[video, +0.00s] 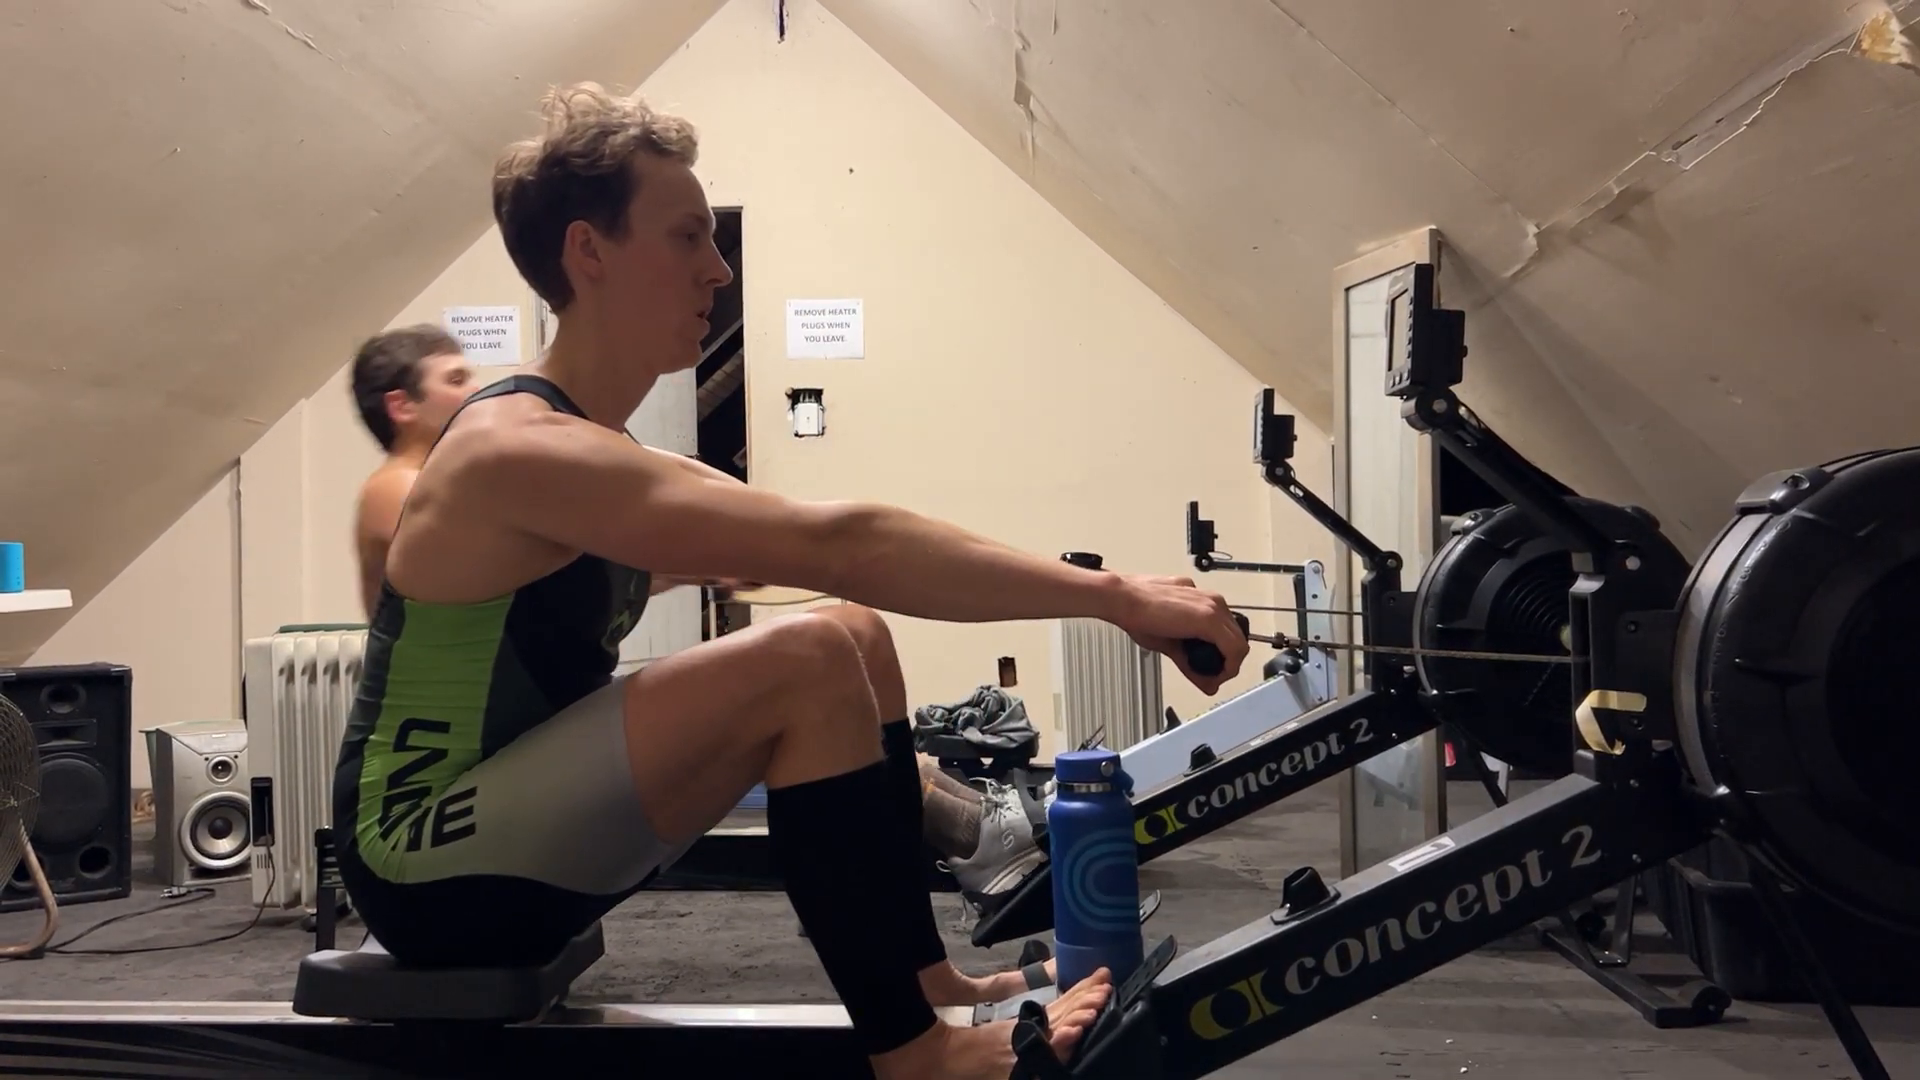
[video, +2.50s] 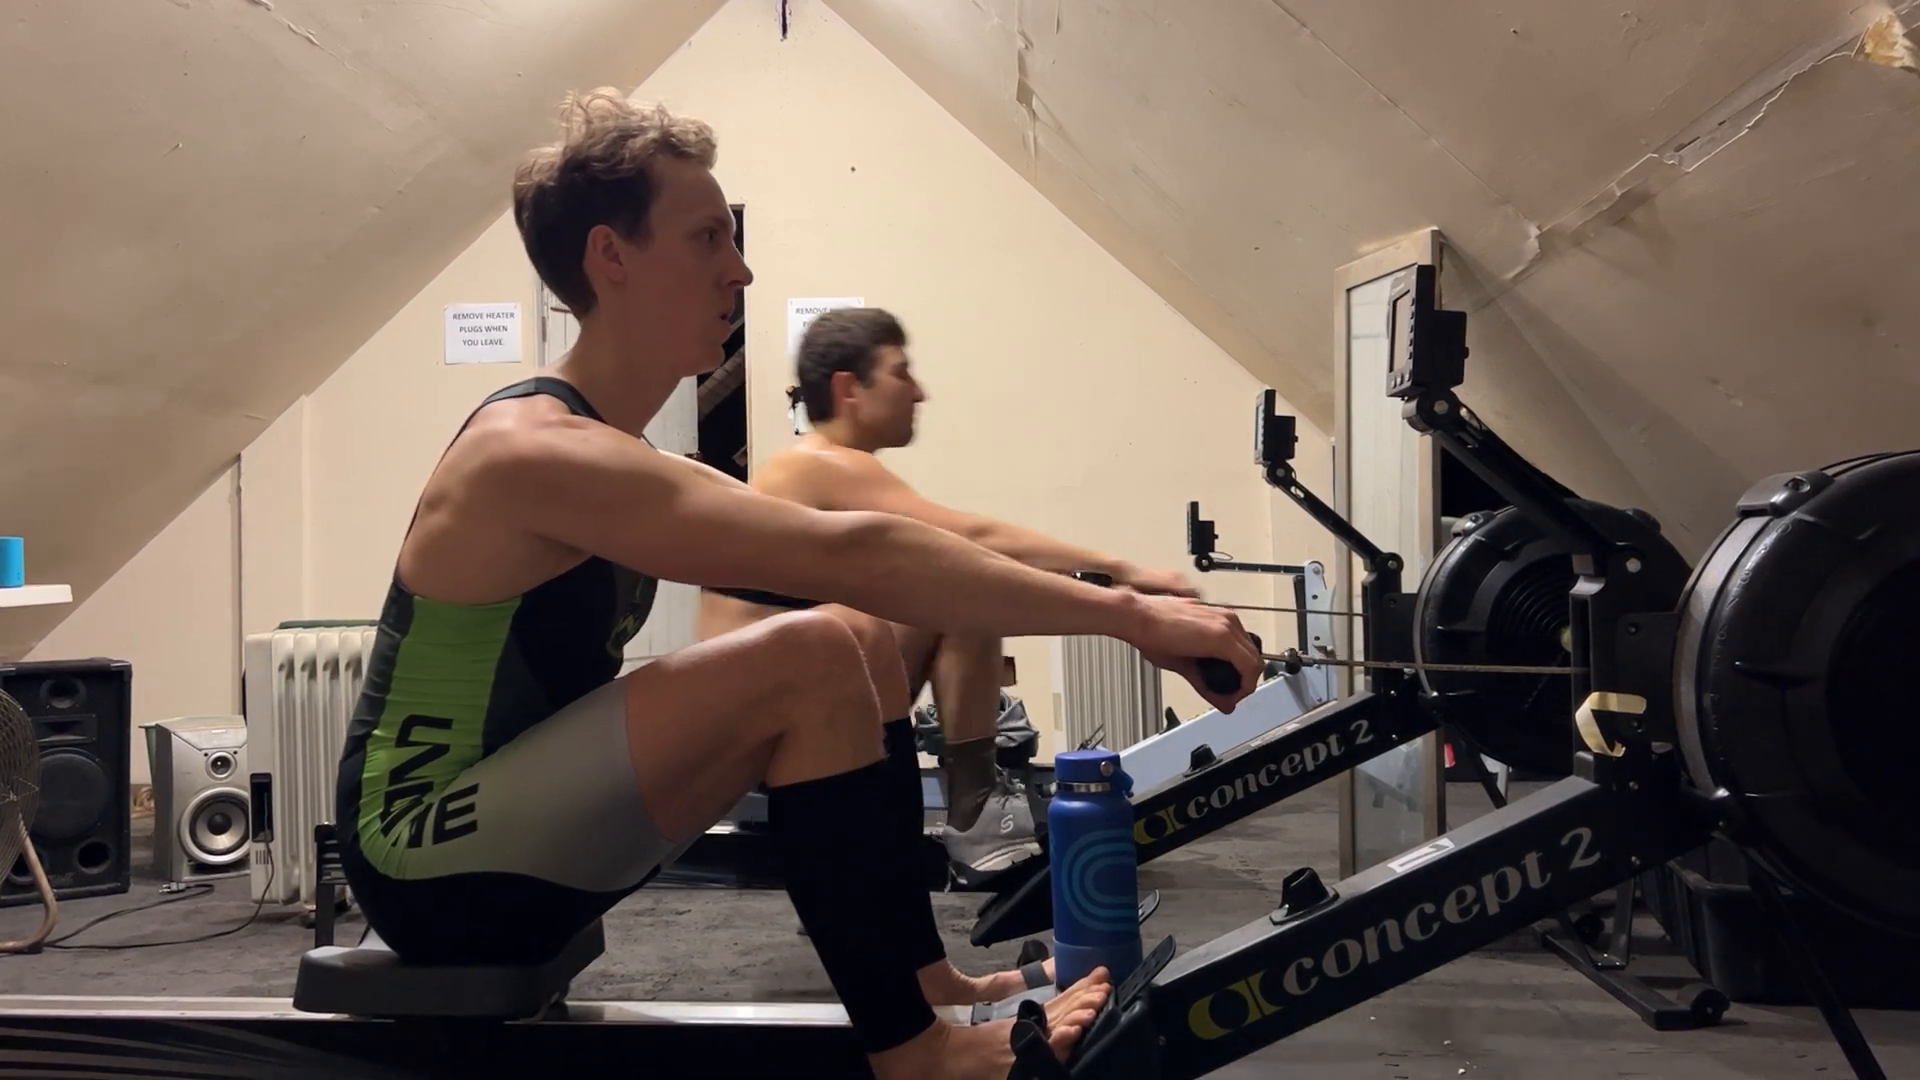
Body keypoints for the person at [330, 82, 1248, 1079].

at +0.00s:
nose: (719, 271)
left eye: (710, 240)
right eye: (689, 240)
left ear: (593, 260)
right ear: (586, 257)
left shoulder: (595, 452)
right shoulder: (517, 449)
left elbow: (834, 557)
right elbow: (832, 545)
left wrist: (1095, 590)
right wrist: (1114, 594)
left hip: (502, 823)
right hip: (433, 854)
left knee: (857, 642)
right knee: (807, 666)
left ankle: (923, 989)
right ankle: (903, 1047)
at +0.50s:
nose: (717, 272)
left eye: (709, 242)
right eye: (688, 242)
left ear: (592, 262)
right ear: (585, 258)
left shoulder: (590, 451)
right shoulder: (516, 449)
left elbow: (834, 558)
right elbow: (830, 549)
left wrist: (1091, 589)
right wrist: (1110, 599)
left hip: (502, 824)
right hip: (435, 859)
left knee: (856, 641)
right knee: (806, 664)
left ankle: (924, 989)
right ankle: (903, 1047)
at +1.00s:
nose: (722, 274)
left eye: (715, 243)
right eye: (693, 242)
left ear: (597, 262)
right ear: (590, 258)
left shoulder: (588, 452)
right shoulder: (519, 452)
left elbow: (833, 566)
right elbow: (830, 554)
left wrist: (1096, 603)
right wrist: (1115, 607)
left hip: (500, 826)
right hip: (433, 857)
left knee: (855, 644)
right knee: (807, 664)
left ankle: (926, 994)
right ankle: (901, 1047)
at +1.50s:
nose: (724, 273)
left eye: (717, 242)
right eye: (695, 242)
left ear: (599, 263)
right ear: (592, 259)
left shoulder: (594, 449)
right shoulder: (520, 449)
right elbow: (836, 556)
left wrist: (886, 609)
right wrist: (1118, 609)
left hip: (504, 827)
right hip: (433, 854)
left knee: (851, 650)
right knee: (808, 665)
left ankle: (927, 994)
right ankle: (901, 1047)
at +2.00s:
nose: (726, 271)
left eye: (719, 241)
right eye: (697, 240)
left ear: (605, 261)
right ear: (592, 258)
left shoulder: (600, 450)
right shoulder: (526, 447)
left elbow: (853, 532)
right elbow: (829, 550)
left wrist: (1109, 595)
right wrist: (1116, 607)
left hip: (500, 826)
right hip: (432, 851)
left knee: (854, 643)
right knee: (804, 660)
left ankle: (922, 990)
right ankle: (902, 1044)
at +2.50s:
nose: (743, 269)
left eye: (736, 238)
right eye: (717, 238)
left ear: (630, 261)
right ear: (610, 259)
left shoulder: (611, 454)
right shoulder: (537, 451)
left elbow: (870, 535)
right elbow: (839, 558)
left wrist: (1126, 599)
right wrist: (1126, 618)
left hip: (502, 825)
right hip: (434, 849)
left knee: (856, 645)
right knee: (802, 659)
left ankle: (922, 990)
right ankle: (901, 1041)